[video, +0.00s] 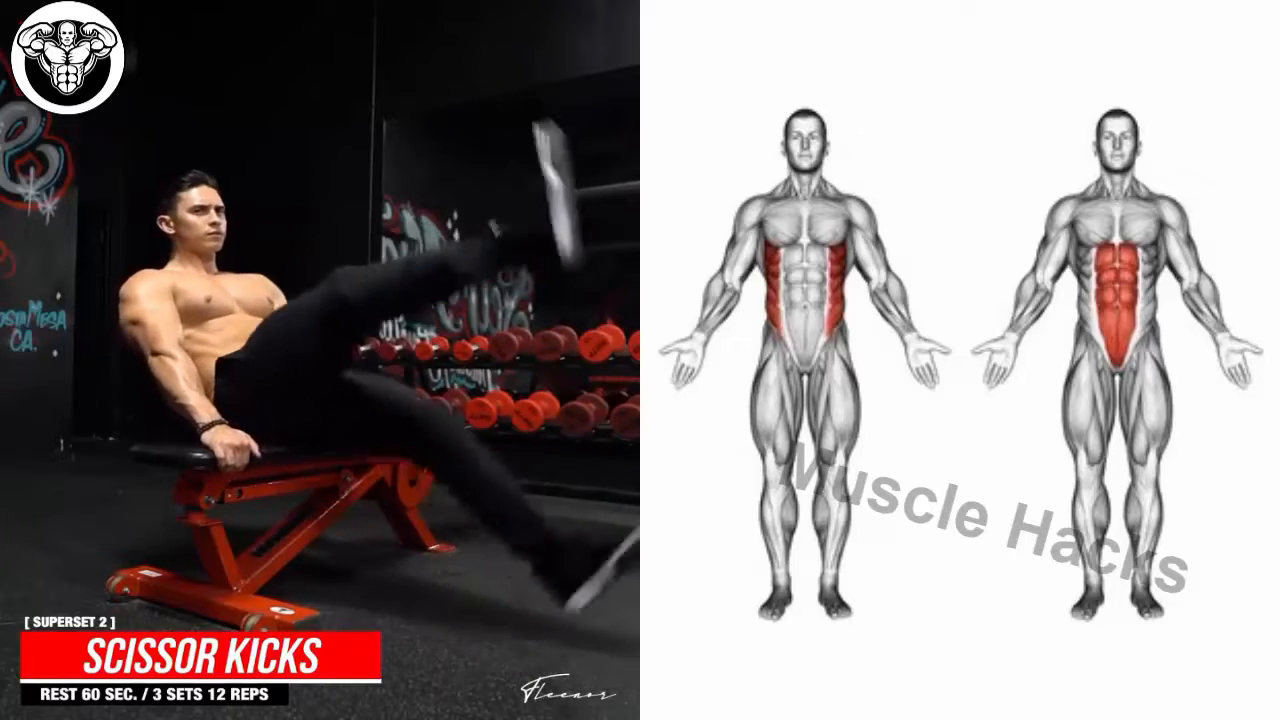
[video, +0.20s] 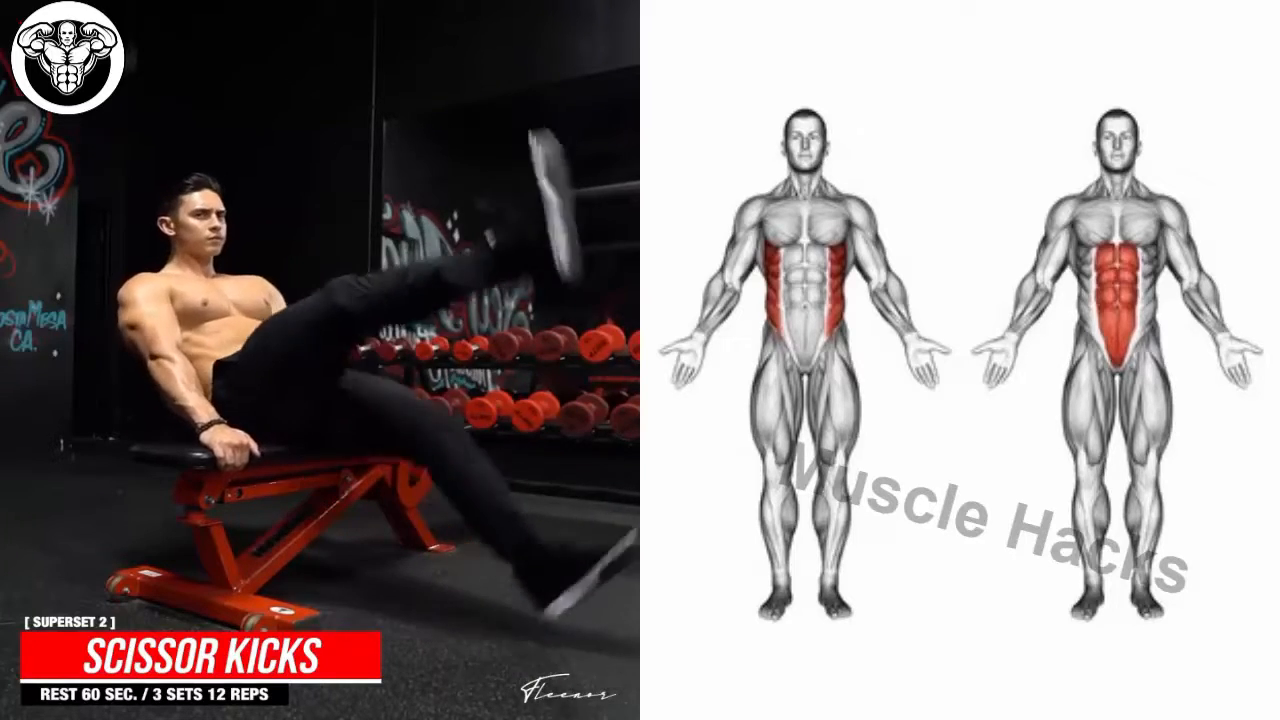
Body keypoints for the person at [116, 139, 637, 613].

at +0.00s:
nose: (215, 221)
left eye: (218, 211)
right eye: (200, 212)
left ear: (223, 220)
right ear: (168, 223)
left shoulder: (258, 284)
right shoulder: (147, 286)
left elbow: (310, 341)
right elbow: (166, 357)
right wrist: (211, 423)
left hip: (311, 397)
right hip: (248, 396)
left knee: (435, 425)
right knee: (341, 293)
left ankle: (560, 562)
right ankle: (516, 247)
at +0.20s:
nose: (215, 225)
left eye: (220, 216)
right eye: (200, 215)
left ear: (225, 225)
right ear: (168, 225)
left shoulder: (257, 286)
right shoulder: (145, 288)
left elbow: (309, 343)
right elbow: (165, 358)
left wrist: (344, 400)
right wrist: (210, 424)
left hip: (308, 394)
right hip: (244, 397)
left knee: (434, 424)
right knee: (338, 299)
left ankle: (541, 570)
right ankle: (520, 256)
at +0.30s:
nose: (210, 227)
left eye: (214, 218)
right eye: (195, 218)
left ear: (218, 229)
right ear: (162, 231)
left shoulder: (250, 290)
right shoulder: (142, 294)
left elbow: (306, 349)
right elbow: (163, 361)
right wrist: (208, 425)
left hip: (298, 395)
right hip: (237, 395)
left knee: (432, 396)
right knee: (348, 329)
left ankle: (573, 492)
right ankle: (528, 350)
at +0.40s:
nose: (209, 228)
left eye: (211, 219)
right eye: (193, 219)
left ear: (214, 232)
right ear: (161, 233)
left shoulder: (248, 293)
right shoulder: (142, 294)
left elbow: (307, 350)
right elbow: (166, 362)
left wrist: (368, 400)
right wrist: (208, 425)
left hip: (298, 385)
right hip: (238, 401)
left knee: (429, 346)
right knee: (371, 368)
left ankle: (593, 388)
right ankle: (540, 470)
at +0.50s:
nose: (209, 229)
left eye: (212, 220)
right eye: (195, 221)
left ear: (216, 230)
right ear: (164, 233)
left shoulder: (252, 295)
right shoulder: (145, 293)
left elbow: (314, 355)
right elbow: (167, 360)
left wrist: (374, 385)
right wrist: (209, 424)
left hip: (301, 379)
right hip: (245, 390)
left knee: (400, 316)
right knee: (370, 419)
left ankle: (559, 286)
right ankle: (521, 552)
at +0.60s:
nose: (215, 227)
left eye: (218, 217)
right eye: (201, 218)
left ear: (221, 226)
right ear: (169, 229)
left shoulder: (256, 289)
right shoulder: (150, 290)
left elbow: (315, 354)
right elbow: (170, 359)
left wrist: (349, 400)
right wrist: (209, 422)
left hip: (305, 377)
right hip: (255, 389)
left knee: (388, 296)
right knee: (377, 442)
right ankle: (507, 589)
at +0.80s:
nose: (226, 226)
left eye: (230, 217)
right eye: (212, 216)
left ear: (233, 226)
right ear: (180, 226)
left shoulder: (263, 287)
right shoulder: (156, 289)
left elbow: (322, 351)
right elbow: (173, 356)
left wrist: (376, 402)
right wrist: (209, 421)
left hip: (306, 378)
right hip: (251, 395)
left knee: (390, 304)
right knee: (365, 373)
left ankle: (548, 293)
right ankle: (535, 446)